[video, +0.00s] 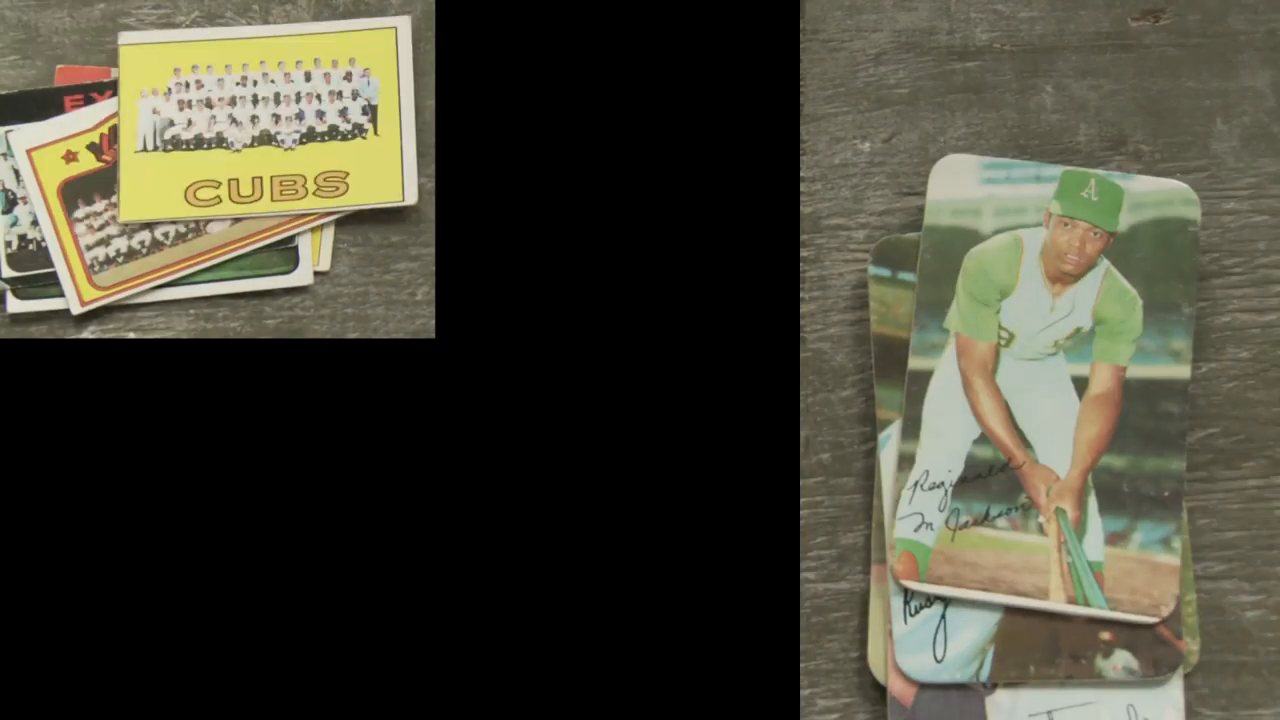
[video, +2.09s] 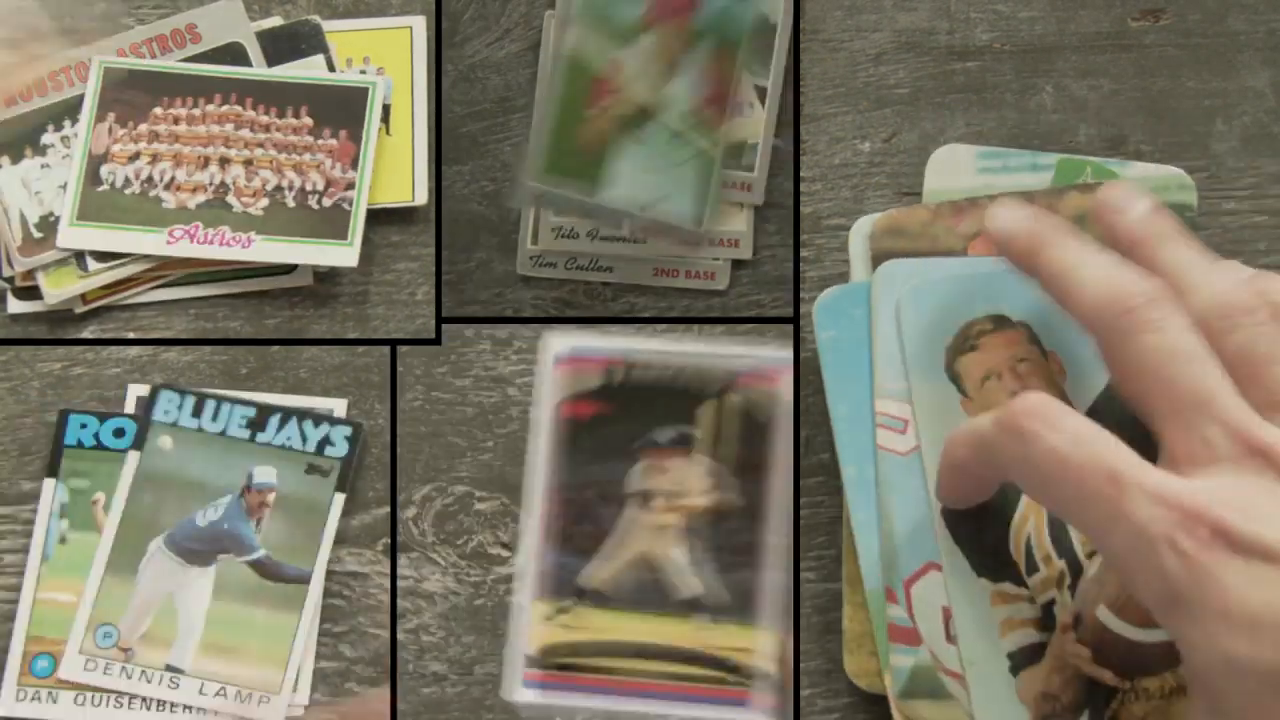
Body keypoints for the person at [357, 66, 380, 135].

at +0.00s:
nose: (367, 74)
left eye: (368, 72)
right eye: (366, 72)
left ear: (370, 73)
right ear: (364, 73)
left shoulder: (375, 81)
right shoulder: (361, 81)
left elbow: (376, 91)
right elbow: (360, 91)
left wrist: (372, 98)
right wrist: (365, 97)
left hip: (374, 101)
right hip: (364, 101)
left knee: (374, 117)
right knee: (365, 117)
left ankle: (375, 131)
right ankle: (364, 132)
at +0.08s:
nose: (367, 74)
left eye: (368, 72)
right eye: (366, 72)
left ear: (370, 73)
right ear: (364, 73)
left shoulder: (374, 81)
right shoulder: (361, 81)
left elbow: (376, 91)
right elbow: (360, 91)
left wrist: (371, 98)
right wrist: (365, 97)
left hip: (374, 101)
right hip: (364, 101)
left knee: (374, 117)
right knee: (365, 117)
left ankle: (375, 131)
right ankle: (363, 131)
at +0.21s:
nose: (379, 73)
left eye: (380, 72)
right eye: (377, 72)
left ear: (382, 72)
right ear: (375, 73)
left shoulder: (386, 80)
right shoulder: (373, 81)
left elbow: (388, 90)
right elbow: (371, 90)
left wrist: (382, 97)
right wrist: (376, 97)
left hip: (385, 101)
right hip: (376, 101)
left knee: (385, 118)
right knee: (376, 116)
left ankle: (386, 131)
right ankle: (374, 132)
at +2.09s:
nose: (380, 75)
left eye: (382, 73)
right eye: (379, 73)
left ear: (384, 73)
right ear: (376, 73)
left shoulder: (387, 80)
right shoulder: (375, 80)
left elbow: (389, 89)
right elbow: (373, 90)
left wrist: (387, 97)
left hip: (386, 101)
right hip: (378, 100)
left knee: (387, 117)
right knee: (378, 116)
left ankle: (387, 131)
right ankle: (377, 131)